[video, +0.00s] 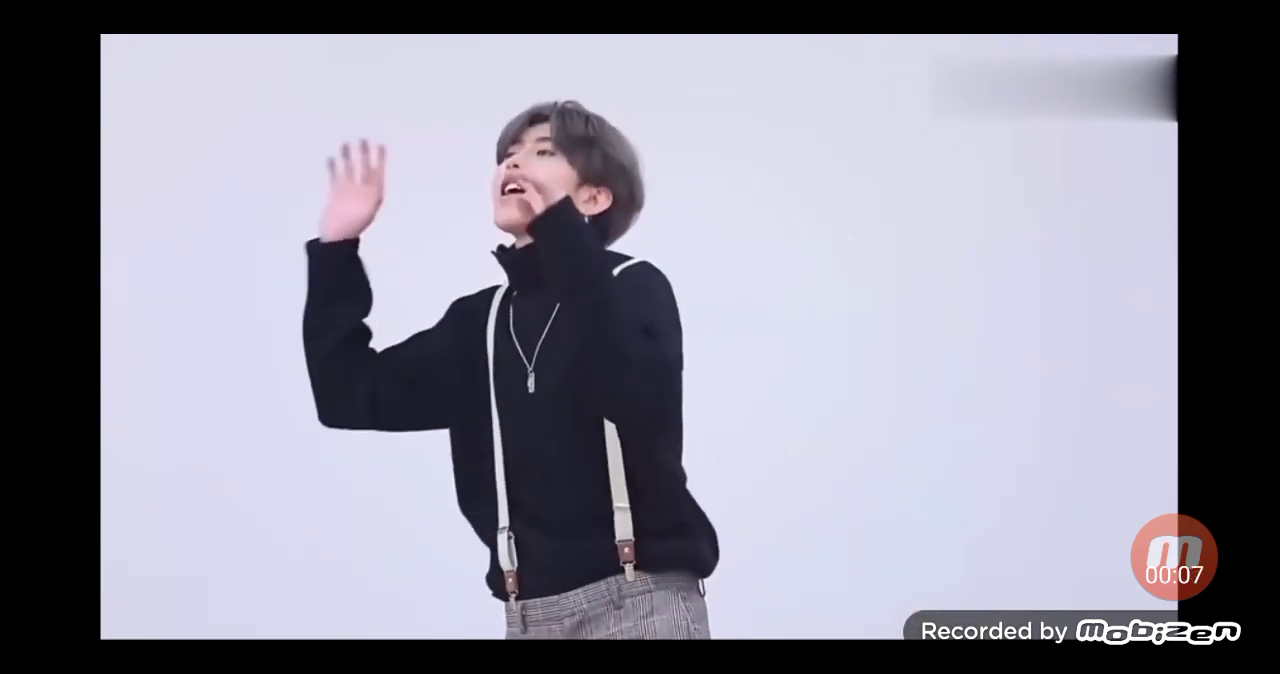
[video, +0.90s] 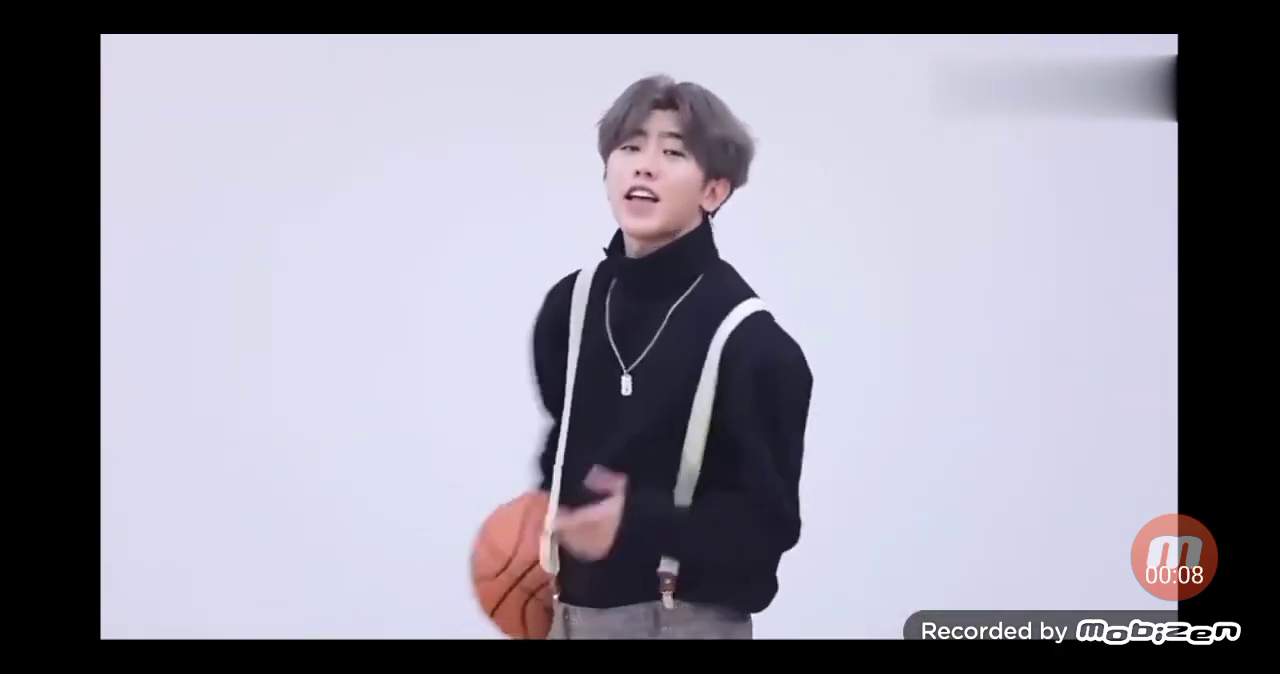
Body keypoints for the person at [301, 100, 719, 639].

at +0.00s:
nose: (512, 165)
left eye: (544, 152)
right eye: (507, 156)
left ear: (594, 197)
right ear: (495, 185)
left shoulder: (633, 287)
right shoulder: (476, 323)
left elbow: (631, 396)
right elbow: (345, 395)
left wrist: (561, 230)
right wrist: (336, 248)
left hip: (639, 605)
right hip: (529, 617)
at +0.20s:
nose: (540, 154)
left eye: (571, 144)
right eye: (534, 145)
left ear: (617, 193)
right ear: (518, 172)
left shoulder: (644, 289)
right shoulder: (493, 312)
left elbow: (571, 372)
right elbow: (396, 411)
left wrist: (512, 230)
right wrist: (338, 279)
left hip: (640, 600)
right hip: (530, 611)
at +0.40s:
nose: (586, 150)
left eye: (618, 148)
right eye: (580, 139)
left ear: (653, 204)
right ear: (557, 166)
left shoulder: (675, 311)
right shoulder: (503, 312)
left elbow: (694, 487)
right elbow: (482, 450)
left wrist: (525, 496)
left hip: (652, 609)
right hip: (543, 614)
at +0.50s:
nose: (598, 149)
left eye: (630, 147)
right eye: (589, 137)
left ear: (665, 202)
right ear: (566, 165)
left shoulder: (688, 314)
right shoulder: (515, 311)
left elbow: (717, 497)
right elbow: (464, 450)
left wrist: (547, 524)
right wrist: (382, 533)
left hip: (657, 612)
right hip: (539, 612)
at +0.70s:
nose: (629, 163)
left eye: (658, 152)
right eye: (616, 144)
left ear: (696, 194)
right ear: (592, 166)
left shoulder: (724, 320)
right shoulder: (534, 306)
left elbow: (762, 511)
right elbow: (444, 445)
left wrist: (585, 536)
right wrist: (381, 575)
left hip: (680, 617)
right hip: (560, 615)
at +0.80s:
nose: (642, 165)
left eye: (671, 153)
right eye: (628, 147)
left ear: (709, 193)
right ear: (604, 170)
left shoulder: (747, 337)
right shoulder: (542, 311)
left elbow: (778, 517)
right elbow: (500, 464)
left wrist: (615, 548)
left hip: (686, 617)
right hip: (556, 617)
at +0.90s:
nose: (644, 165)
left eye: (673, 152)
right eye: (631, 146)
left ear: (713, 191)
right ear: (607, 168)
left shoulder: (753, 348)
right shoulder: (566, 309)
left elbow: (768, 525)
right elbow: (568, 436)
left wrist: (636, 523)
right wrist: (534, 547)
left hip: (685, 616)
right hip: (569, 612)